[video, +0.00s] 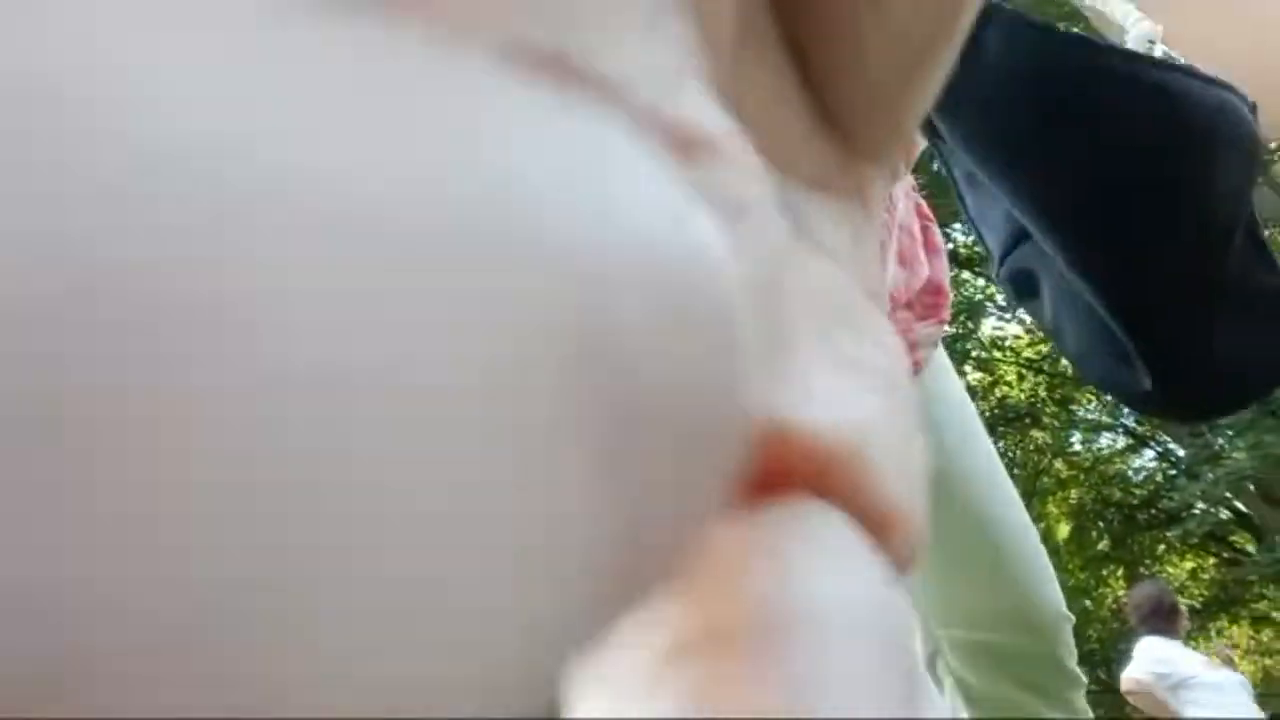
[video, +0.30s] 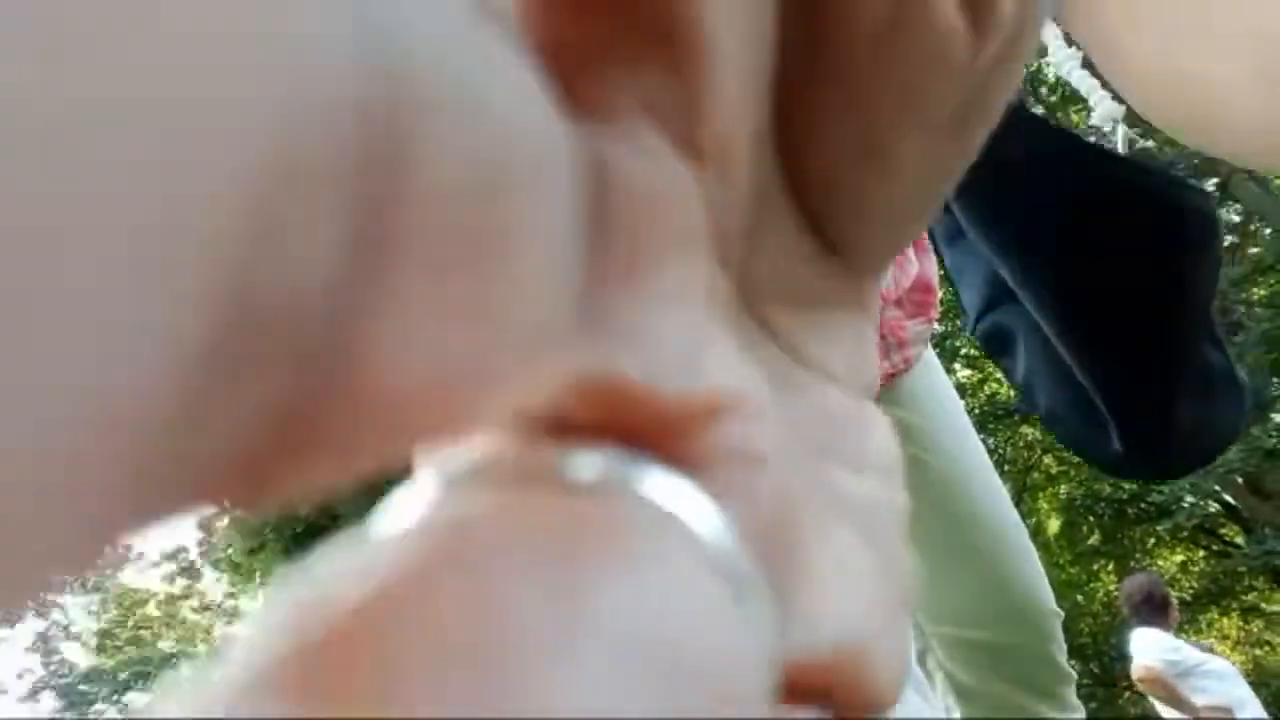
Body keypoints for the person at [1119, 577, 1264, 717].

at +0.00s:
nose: (1185, 610)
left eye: (1181, 604)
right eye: (1180, 604)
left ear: (1139, 620)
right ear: (1175, 613)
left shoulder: (1188, 653)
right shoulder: (1152, 645)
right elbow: (1132, 686)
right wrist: (1173, 714)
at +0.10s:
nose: (1179, 605)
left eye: (1176, 600)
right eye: (1174, 600)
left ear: (1136, 614)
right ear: (1167, 608)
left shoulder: (1174, 644)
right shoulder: (1149, 639)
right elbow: (1134, 680)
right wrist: (1180, 712)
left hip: (1247, 710)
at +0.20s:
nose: (1177, 605)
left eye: (1174, 599)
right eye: (1173, 599)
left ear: (1133, 612)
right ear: (1167, 606)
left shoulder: (1165, 640)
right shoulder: (1147, 637)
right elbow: (1138, 676)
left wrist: (1201, 649)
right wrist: (1190, 711)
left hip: (1248, 710)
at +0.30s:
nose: (1176, 603)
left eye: (1173, 597)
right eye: (1172, 598)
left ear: (1134, 612)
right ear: (1166, 604)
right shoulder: (1147, 636)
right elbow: (1144, 675)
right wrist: (1194, 711)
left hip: (1249, 711)